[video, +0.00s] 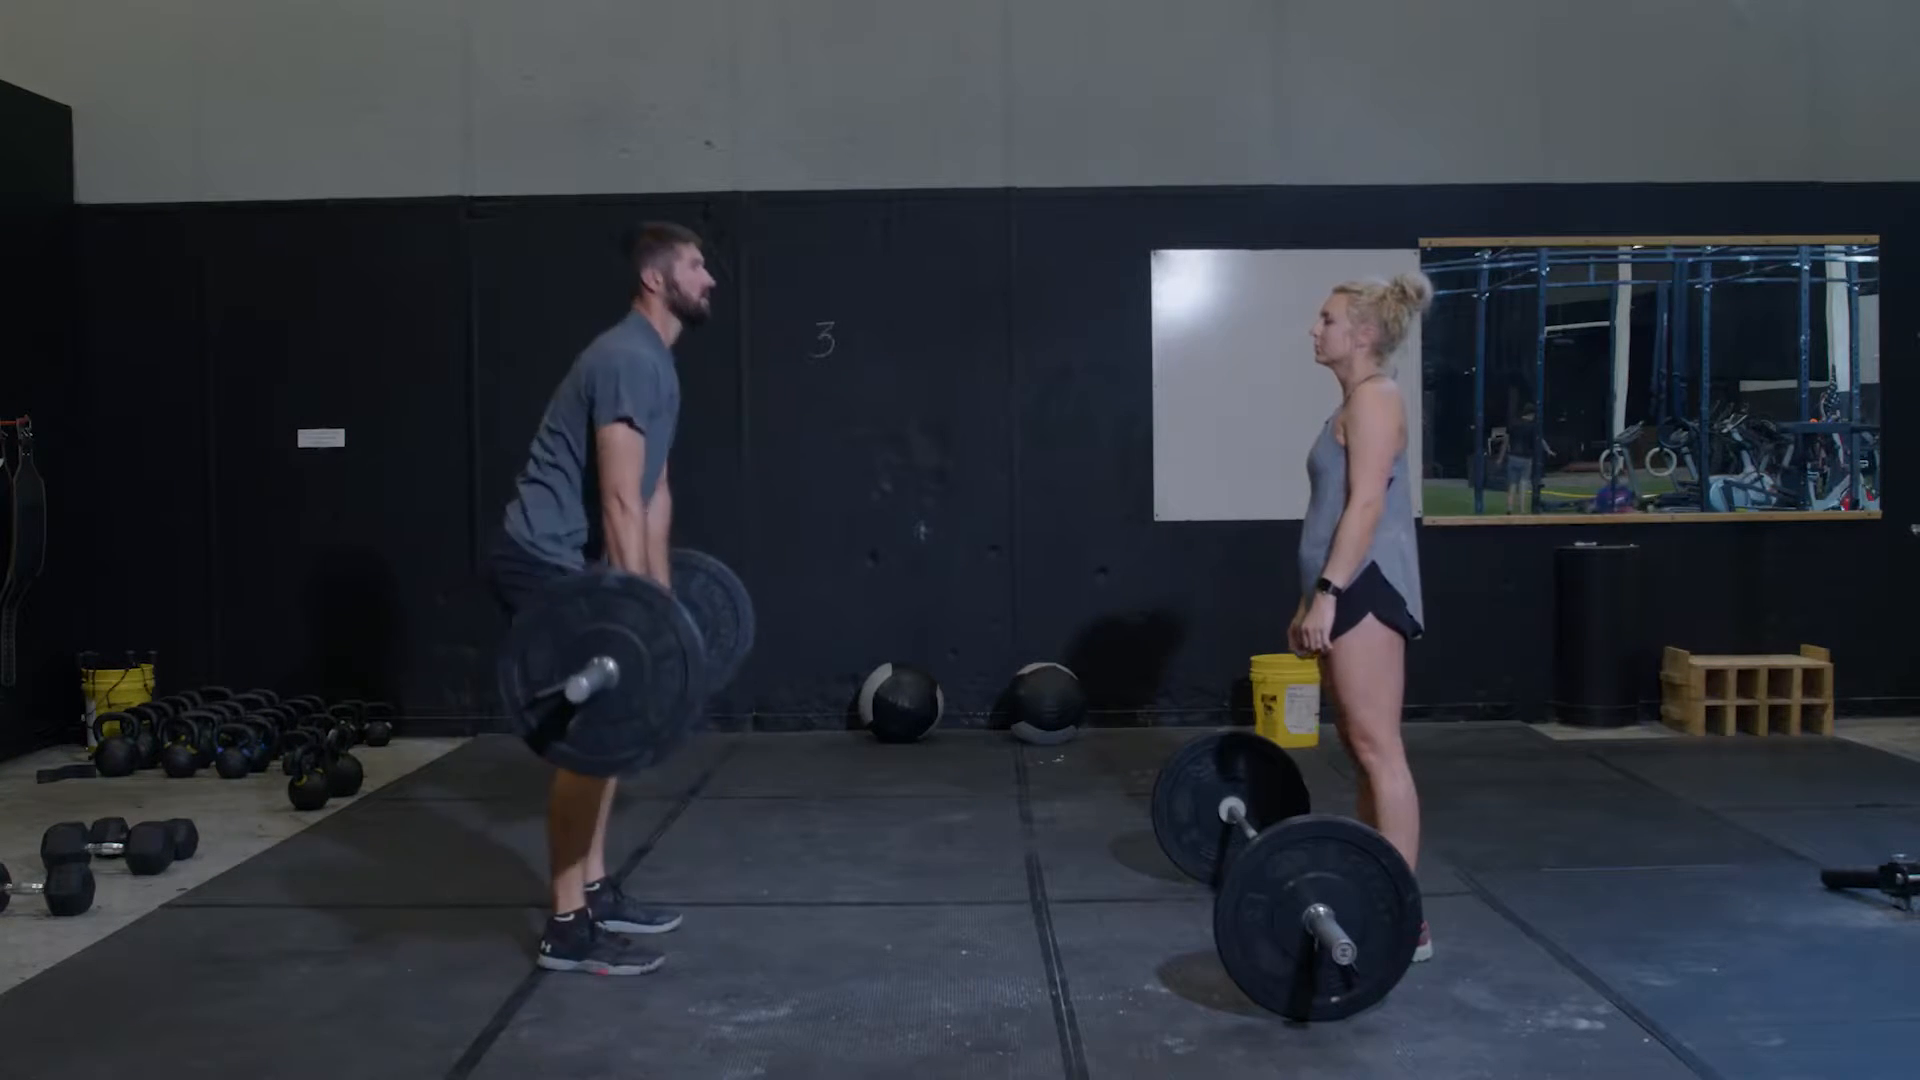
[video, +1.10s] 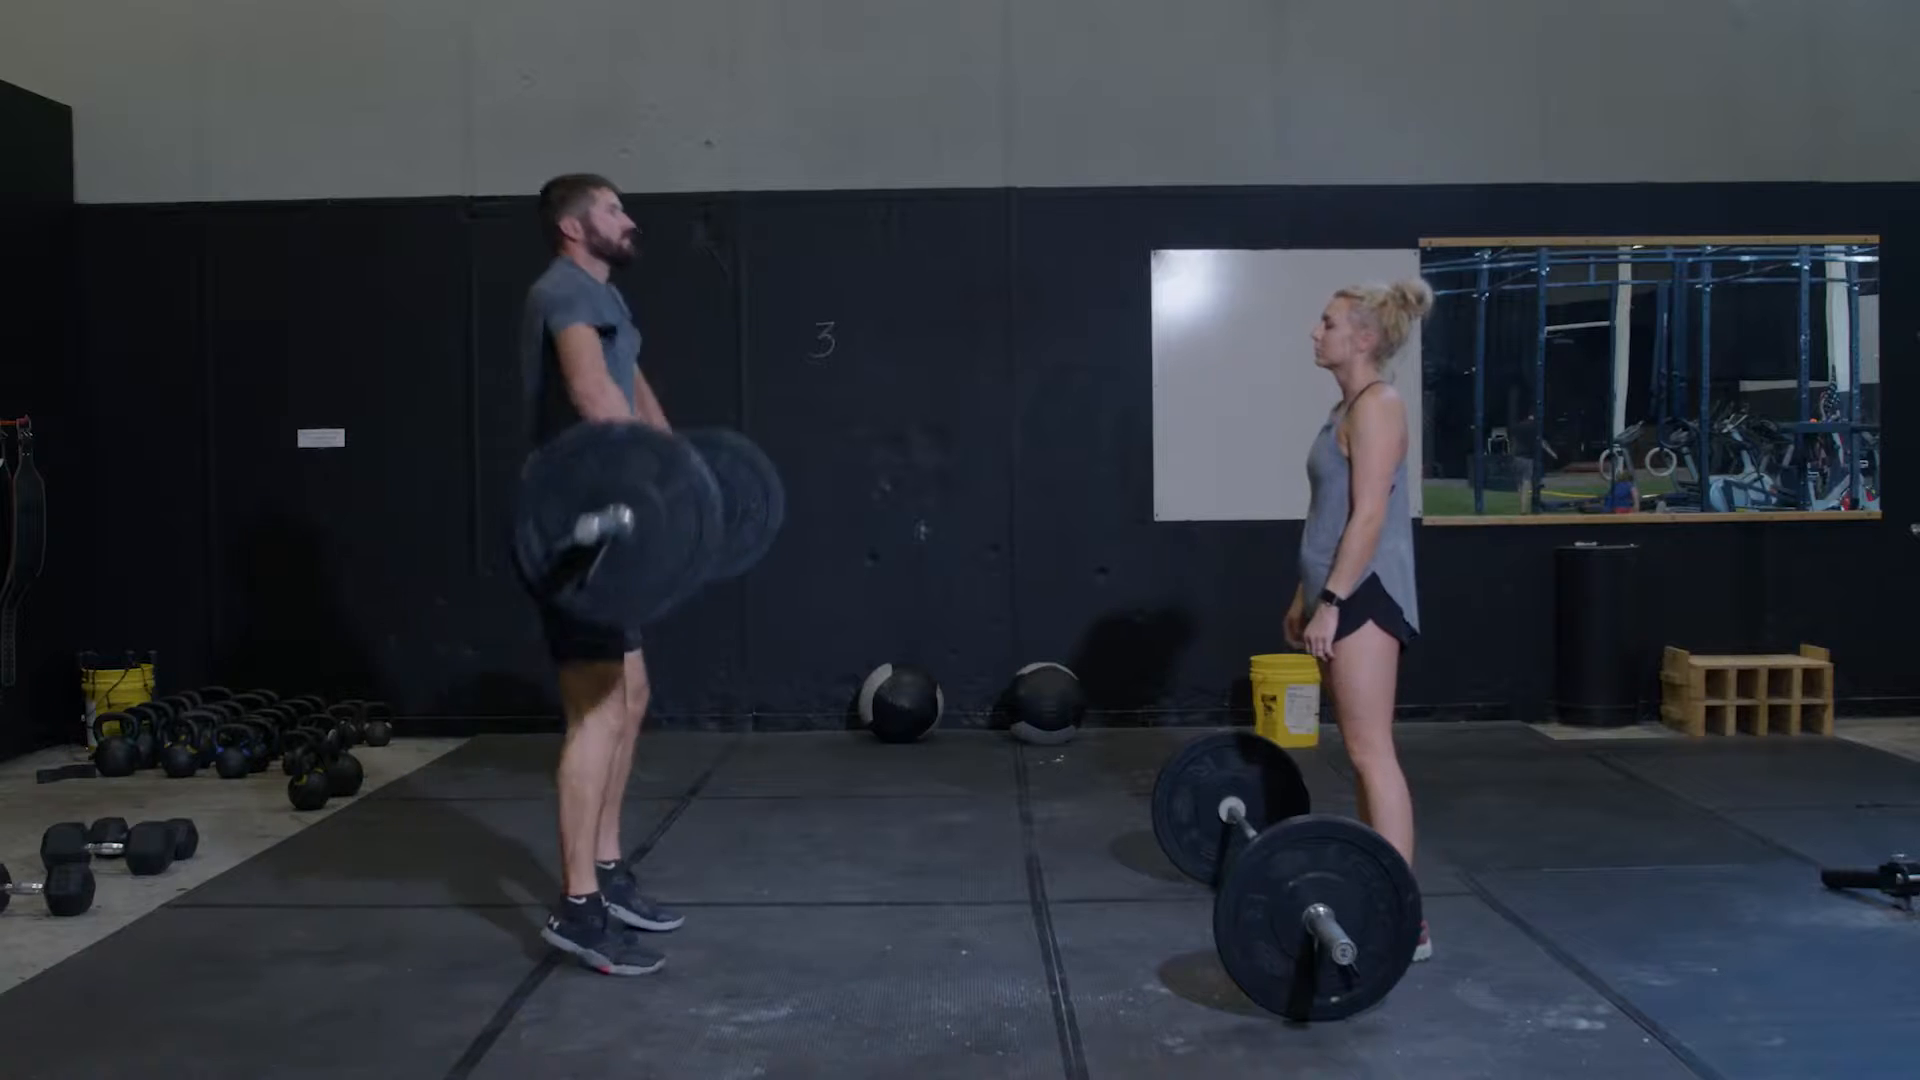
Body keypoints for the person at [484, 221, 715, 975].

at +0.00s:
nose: (710, 281)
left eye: (707, 268)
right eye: (697, 268)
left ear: (661, 281)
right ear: (655, 279)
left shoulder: (657, 363)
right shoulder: (626, 359)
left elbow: (655, 492)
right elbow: (618, 498)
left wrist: (662, 607)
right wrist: (637, 616)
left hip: (574, 556)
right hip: (540, 557)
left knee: (613, 709)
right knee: (588, 717)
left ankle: (590, 891)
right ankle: (566, 923)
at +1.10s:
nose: (629, 224)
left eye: (624, 210)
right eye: (614, 212)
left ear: (586, 226)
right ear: (574, 227)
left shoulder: (602, 294)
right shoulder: (566, 292)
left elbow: (642, 395)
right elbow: (593, 399)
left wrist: (685, 476)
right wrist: (648, 477)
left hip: (602, 524)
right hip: (567, 529)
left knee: (630, 696)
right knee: (598, 705)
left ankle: (604, 870)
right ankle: (576, 902)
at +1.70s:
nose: (648, 306)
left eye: (648, 294)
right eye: (632, 295)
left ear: (650, 302)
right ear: (601, 309)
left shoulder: (649, 386)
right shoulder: (602, 385)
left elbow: (727, 466)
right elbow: (680, 492)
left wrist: (687, 364)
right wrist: (649, 371)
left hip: (593, 597)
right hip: (548, 595)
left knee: (660, 730)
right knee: (640, 749)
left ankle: (591, 891)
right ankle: (568, 925)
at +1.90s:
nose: (642, 312)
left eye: (641, 300)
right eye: (624, 303)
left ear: (644, 310)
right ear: (590, 320)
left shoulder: (642, 392)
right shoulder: (593, 396)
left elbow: (726, 483)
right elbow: (678, 505)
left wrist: (678, 377)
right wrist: (648, 384)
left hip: (608, 610)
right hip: (566, 610)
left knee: (687, 741)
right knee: (668, 764)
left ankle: (601, 893)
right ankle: (574, 924)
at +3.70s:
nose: (657, 306)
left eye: (653, 294)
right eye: (641, 298)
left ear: (650, 303)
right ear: (603, 312)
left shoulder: (635, 386)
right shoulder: (589, 385)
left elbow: (733, 464)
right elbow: (689, 474)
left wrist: (691, 375)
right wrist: (656, 377)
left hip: (568, 592)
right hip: (522, 592)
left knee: (640, 722)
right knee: (622, 740)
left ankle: (591, 893)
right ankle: (568, 925)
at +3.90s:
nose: (668, 380)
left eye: (660, 368)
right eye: (651, 371)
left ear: (638, 388)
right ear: (615, 392)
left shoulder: (642, 463)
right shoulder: (604, 467)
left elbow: (734, 554)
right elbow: (689, 571)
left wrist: (689, 461)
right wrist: (662, 471)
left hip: (554, 649)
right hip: (514, 658)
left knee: (664, 729)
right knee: (650, 761)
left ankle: (594, 895)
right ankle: (570, 926)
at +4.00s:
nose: (670, 418)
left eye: (663, 407)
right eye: (654, 409)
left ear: (633, 430)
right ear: (619, 428)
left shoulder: (638, 503)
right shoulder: (604, 503)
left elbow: (730, 593)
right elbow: (685, 616)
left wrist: (693, 499)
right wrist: (665, 515)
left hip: (548, 678)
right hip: (507, 692)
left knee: (669, 732)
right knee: (657, 768)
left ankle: (602, 895)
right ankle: (571, 925)